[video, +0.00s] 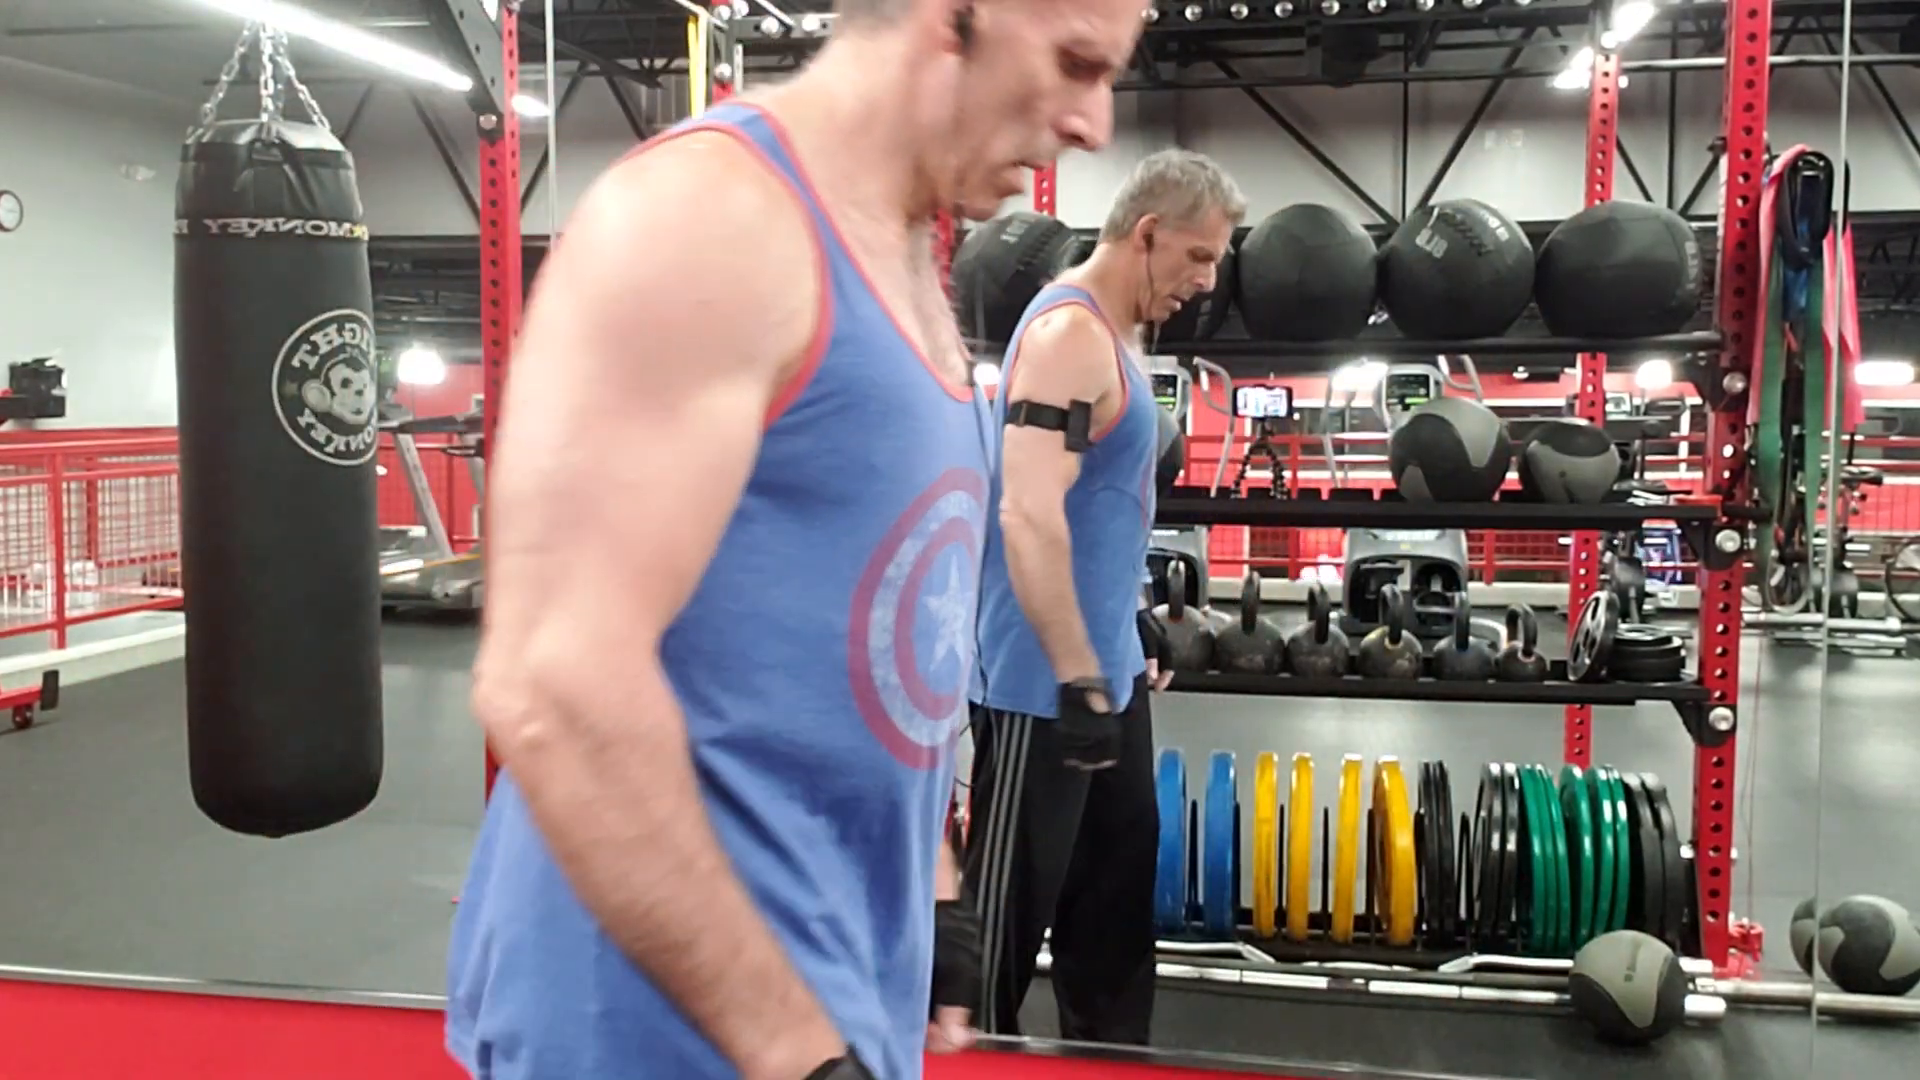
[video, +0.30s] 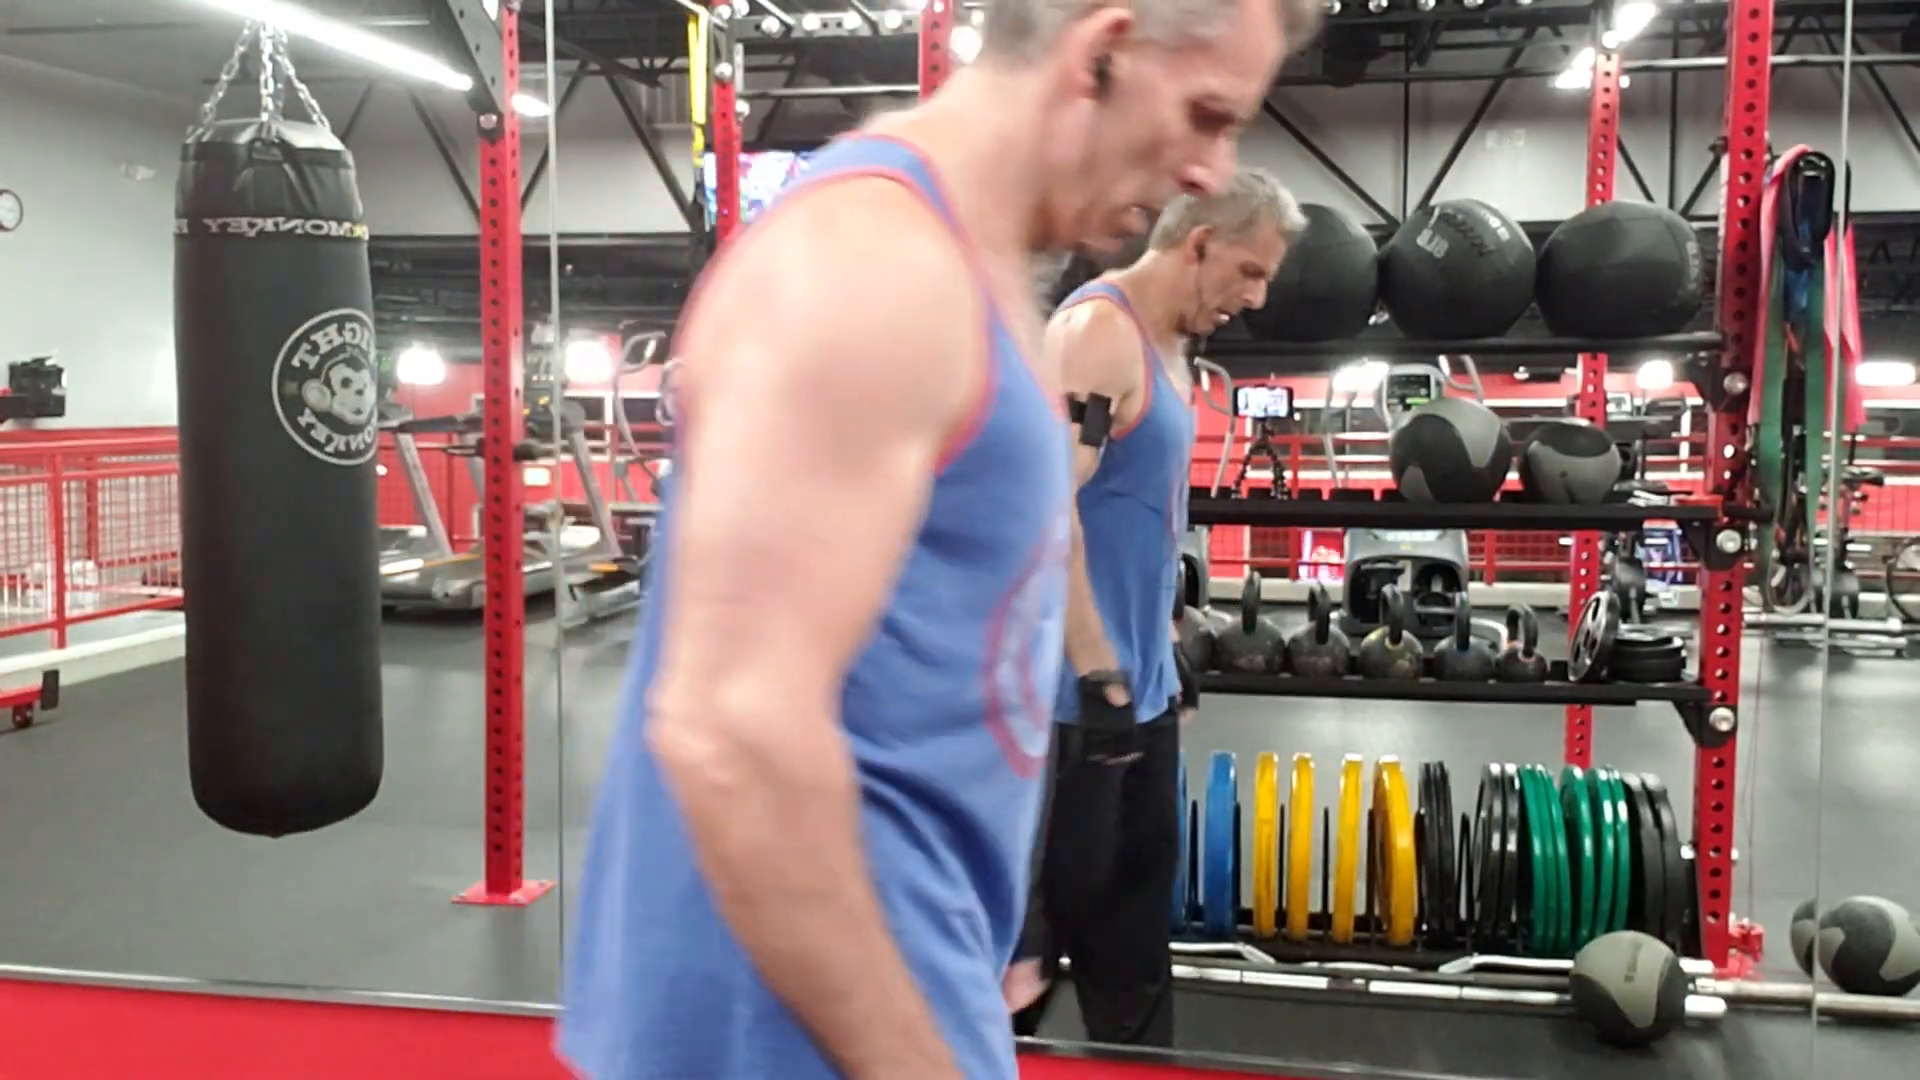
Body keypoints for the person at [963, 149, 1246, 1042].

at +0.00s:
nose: (1206, 282)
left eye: (1216, 263)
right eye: (1199, 257)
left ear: (1153, 240)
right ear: (1145, 234)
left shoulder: (1107, 331)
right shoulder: (1069, 330)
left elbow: (1092, 521)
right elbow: (1030, 513)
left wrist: (1131, 644)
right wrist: (1081, 676)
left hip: (1111, 688)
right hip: (1040, 694)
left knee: (1112, 936)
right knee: (1001, 931)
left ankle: (1109, 1068)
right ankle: (967, 1063)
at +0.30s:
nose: (1255, 299)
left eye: (1266, 280)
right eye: (1249, 273)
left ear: (1209, 256)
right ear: (1195, 245)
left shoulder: (1163, 344)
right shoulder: (1098, 331)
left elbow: (1137, 521)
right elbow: (1048, 512)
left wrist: (1158, 662)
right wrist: (1100, 673)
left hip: (1144, 704)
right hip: (1079, 708)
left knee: (1131, 959)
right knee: (1031, 949)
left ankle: (1134, 1062)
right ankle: (979, 1054)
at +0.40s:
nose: (1278, 307)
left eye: (1289, 289)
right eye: (1273, 281)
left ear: (1230, 263)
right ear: (1218, 249)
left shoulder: (1186, 358)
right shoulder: (1118, 328)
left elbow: (1159, 537)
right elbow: (1056, 515)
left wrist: (1185, 670)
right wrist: (1134, 664)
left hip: (1153, 695)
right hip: (1096, 700)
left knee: (1154, 912)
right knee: (1125, 914)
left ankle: (1144, 1057)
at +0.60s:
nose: (1317, 322)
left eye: (1331, 306)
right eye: (1315, 294)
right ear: (1263, 264)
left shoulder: (1217, 370)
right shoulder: (1170, 351)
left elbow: (1178, 553)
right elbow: (1122, 554)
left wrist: (1214, 663)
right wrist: (1159, 670)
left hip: (1164, 687)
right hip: (1125, 691)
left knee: (1173, 887)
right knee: (1154, 888)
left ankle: (1154, 1053)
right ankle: (1142, 1055)